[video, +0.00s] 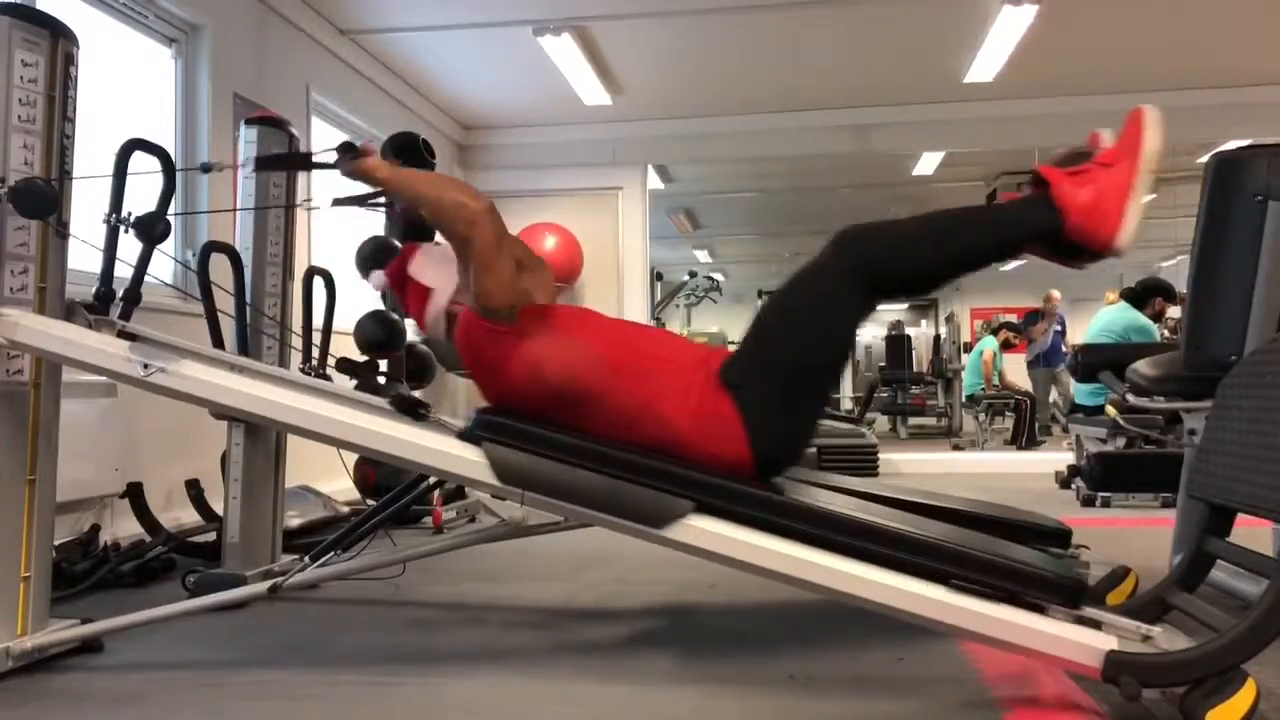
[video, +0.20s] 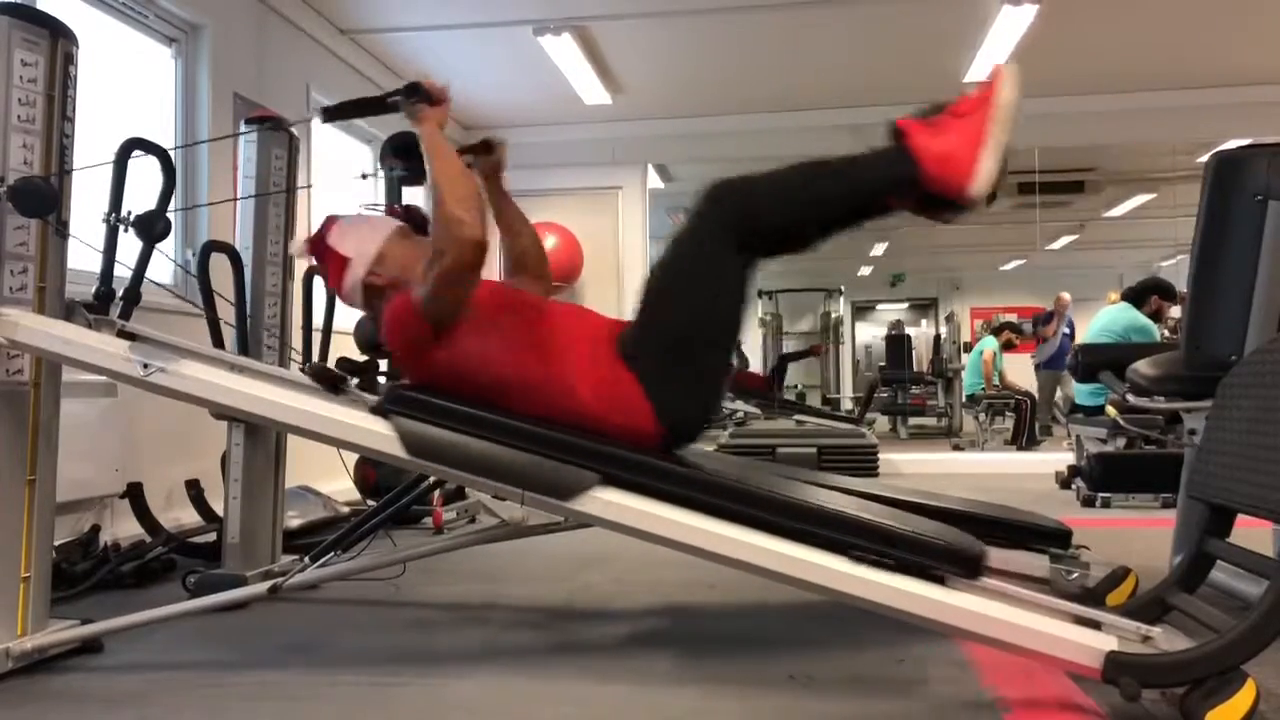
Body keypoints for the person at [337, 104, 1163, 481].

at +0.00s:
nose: (479, 252)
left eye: (441, 248)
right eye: (452, 249)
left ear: (424, 293)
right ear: (440, 274)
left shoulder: (500, 326)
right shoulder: (491, 324)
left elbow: (559, 248)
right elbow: (470, 214)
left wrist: (452, 240)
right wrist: (395, 176)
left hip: (731, 411)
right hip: (739, 428)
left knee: (851, 255)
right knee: (850, 258)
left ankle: (1055, 207)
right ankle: (1064, 211)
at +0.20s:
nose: (401, 228)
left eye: (391, 223)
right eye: (381, 232)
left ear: (401, 244)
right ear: (367, 275)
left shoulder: (453, 304)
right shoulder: (406, 325)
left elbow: (539, 269)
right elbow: (462, 237)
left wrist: (493, 185)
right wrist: (428, 131)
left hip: (646, 373)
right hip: (648, 398)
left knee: (729, 210)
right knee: (727, 210)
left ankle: (922, 164)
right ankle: (928, 165)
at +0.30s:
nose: (369, 218)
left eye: (360, 211)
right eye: (352, 219)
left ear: (339, 248)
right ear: (330, 254)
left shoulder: (405, 303)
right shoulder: (367, 311)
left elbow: (511, 282)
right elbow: (436, 236)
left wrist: (517, 191)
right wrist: (449, 119)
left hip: (600, 361)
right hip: (603, 380)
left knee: (657, 192)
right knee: (655, 190)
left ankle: (844, 151)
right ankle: (844, 139)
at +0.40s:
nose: (339, 204)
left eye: (326, 195)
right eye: (319, 201)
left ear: (307, 230)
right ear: (294, 235)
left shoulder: (373, 287)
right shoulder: (329, 294)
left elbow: (491, 269)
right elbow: (417, 228)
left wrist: (556, 194)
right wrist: (473, 118)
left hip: (557, 353)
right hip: (558, 370)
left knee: (584, 180)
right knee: (574, 173)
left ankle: (765, 128)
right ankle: (766, 125)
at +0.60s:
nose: (302, 173)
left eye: (289, 164)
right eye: (282, 169)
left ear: (250, 205)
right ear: (247, 204)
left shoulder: (302, 259)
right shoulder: (282, 253)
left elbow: (437, 231)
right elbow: (397, 222)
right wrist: (514, 168)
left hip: (503, 341)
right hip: (497, 346)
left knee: (477, 153)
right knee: (472, 145)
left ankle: (659, 118)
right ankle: (648, 90)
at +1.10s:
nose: (316, 184)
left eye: (304, 176)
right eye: (297, 183)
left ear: (286, 210)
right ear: (269, 220)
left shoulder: (351, 266)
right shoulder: (308, 262)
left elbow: (471, 252)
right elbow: (404, 183)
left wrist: (541, 205)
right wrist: (494, 87)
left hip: (526, 351)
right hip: (524, 362)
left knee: (565, 177)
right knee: (552, 160)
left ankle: (738, 132)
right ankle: (729, 103)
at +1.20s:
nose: (337, 192)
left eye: (327, 185)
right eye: (318, 192)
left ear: (317, 216)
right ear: (295, 228)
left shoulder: (379, 277)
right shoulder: (333, 271)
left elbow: (500, 238)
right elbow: (422, 167)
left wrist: (558, 153)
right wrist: (476, 60)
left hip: (554, 351)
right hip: (553, 365)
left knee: (618, 191)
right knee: (616, 185)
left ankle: (799, 139)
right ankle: (798, 126)